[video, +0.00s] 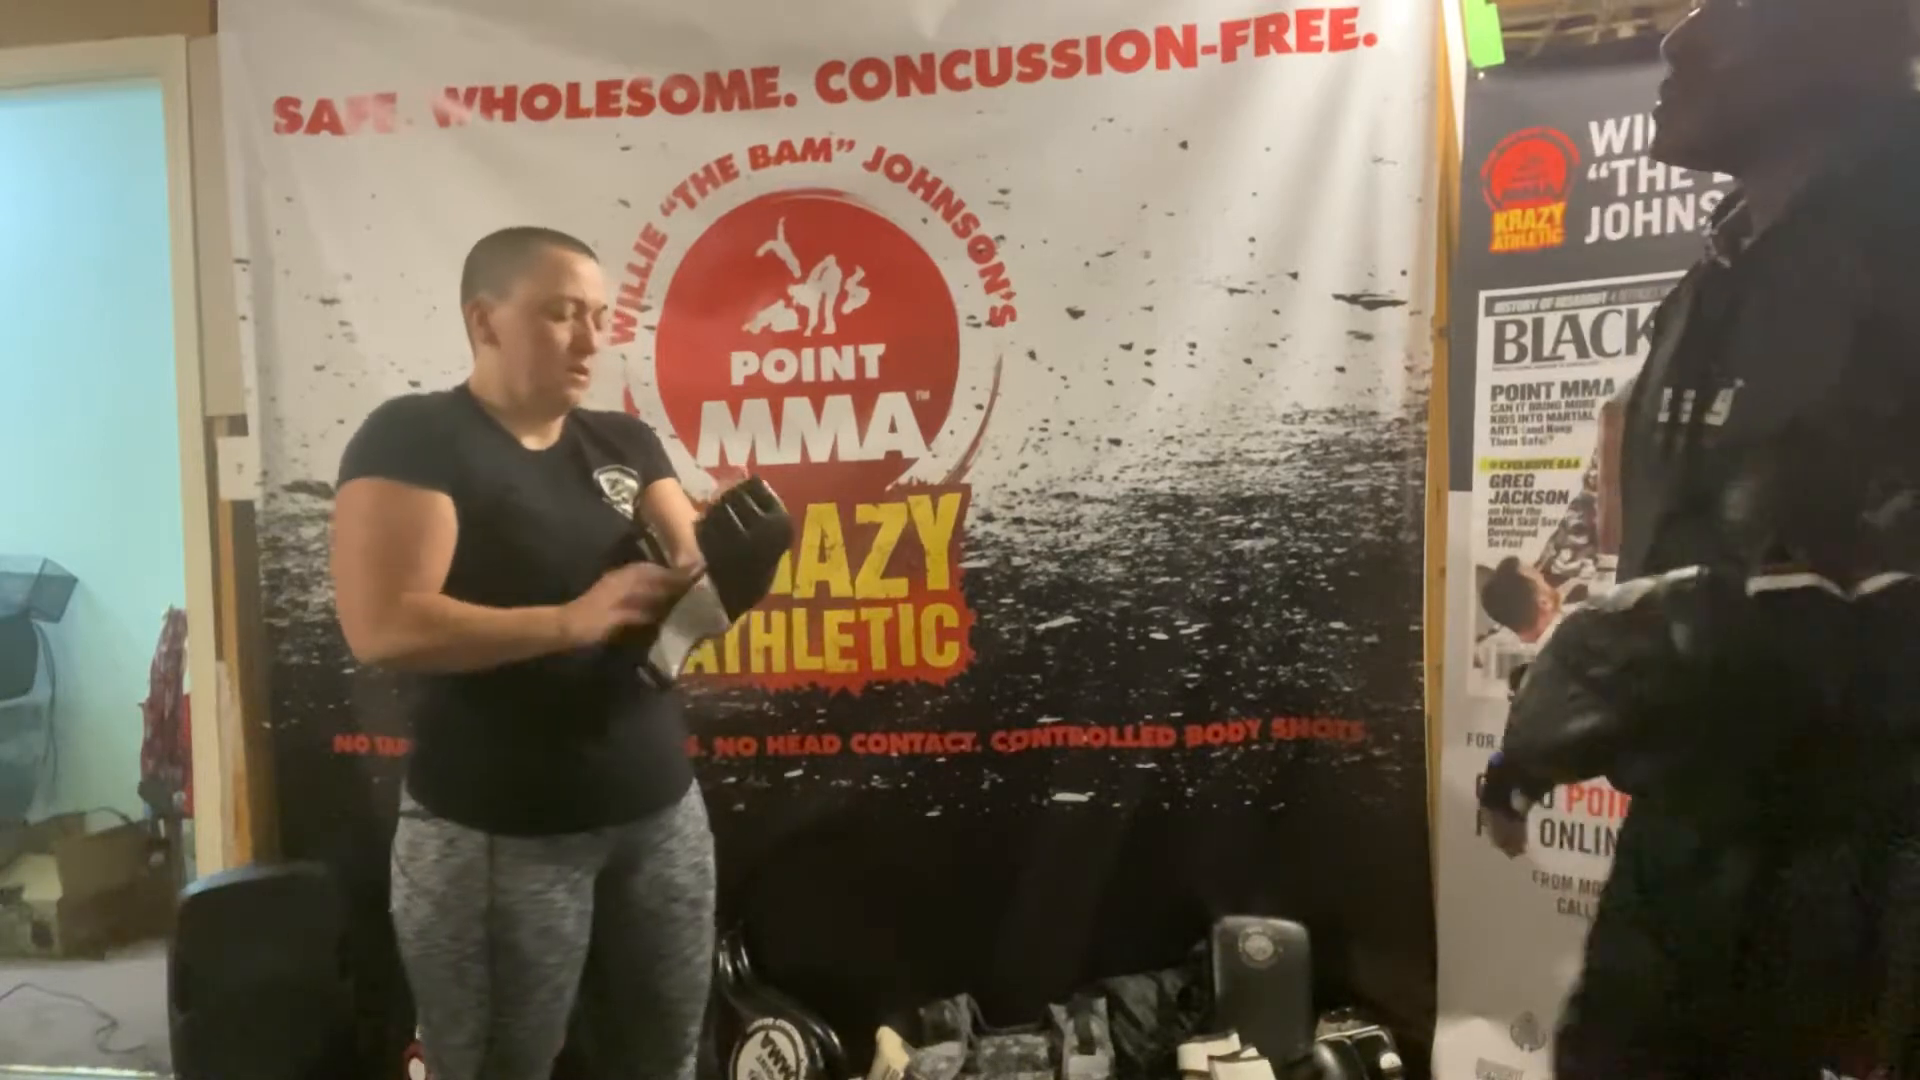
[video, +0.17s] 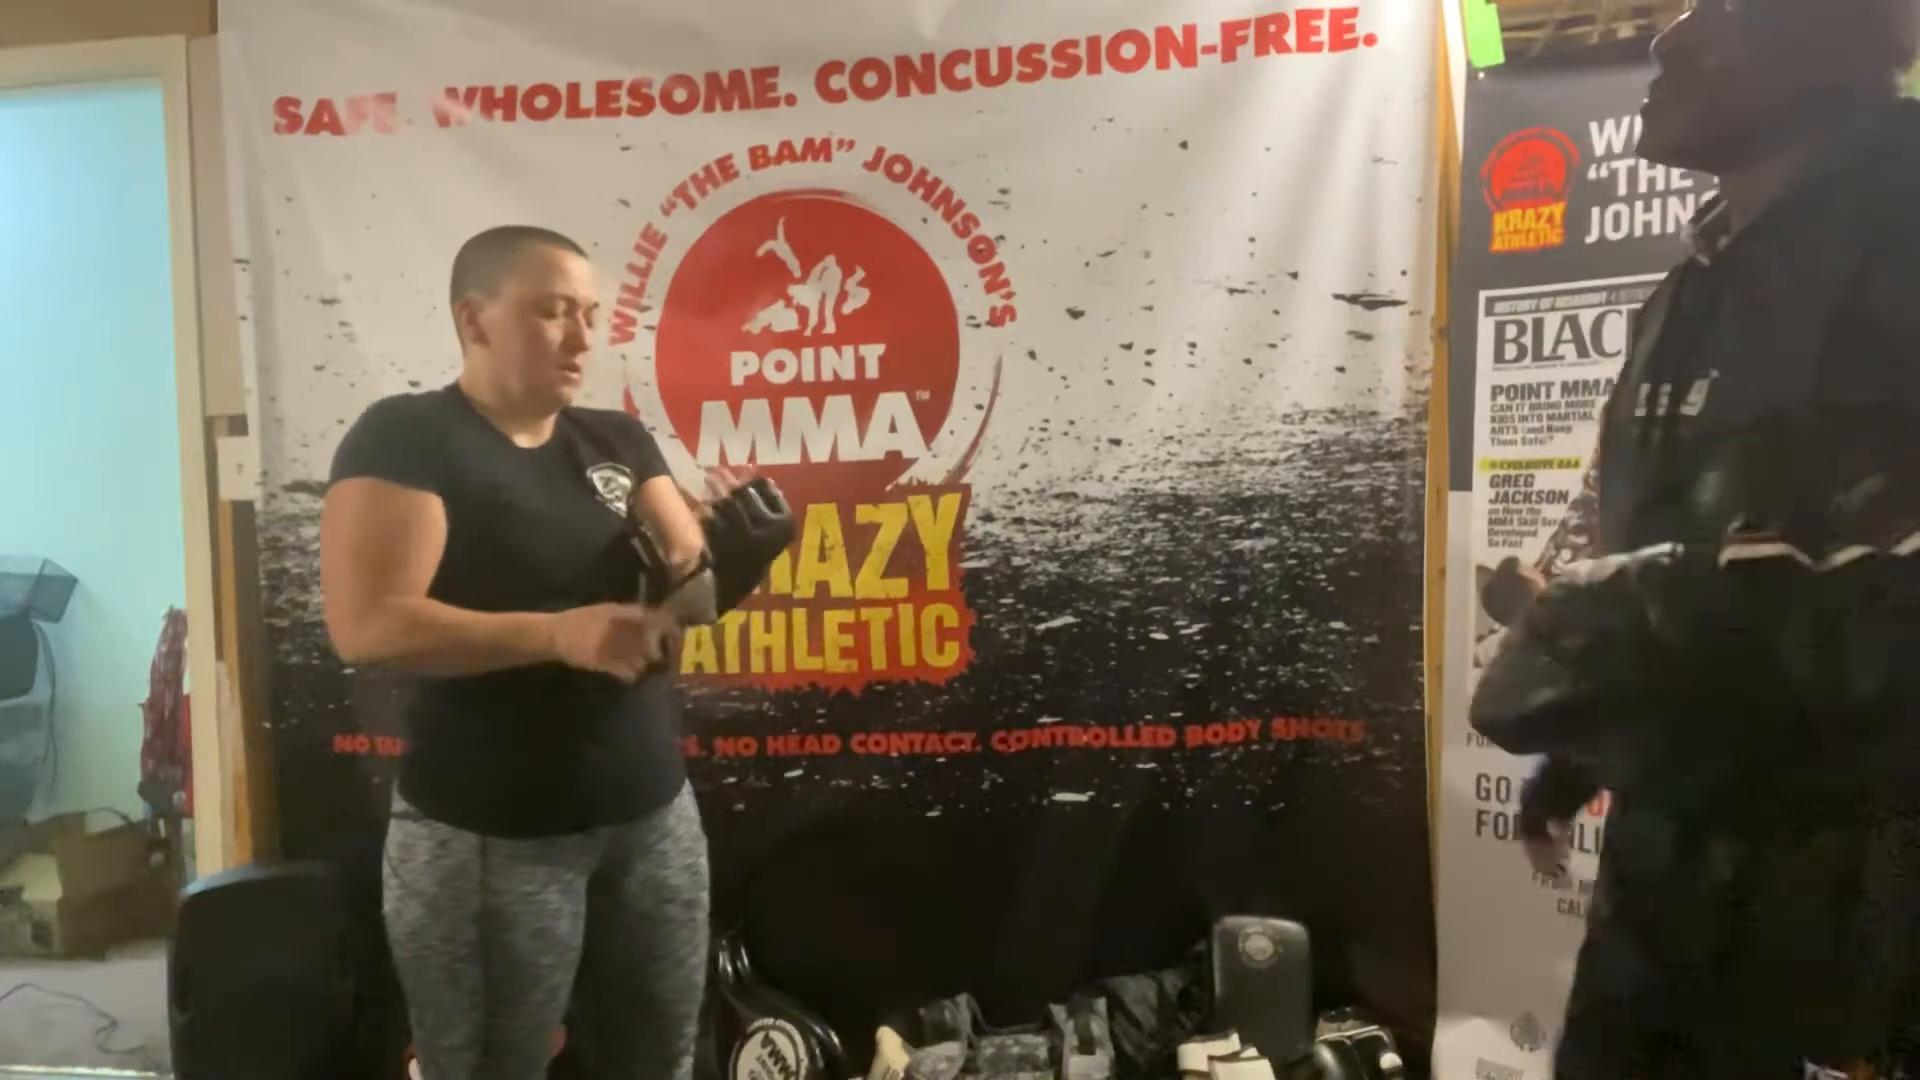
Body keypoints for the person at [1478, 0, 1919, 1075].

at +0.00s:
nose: (1667, 38)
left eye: (1713, 12)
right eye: (1683, 15)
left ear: (1815, 36)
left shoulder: (1893, 217)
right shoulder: (1710, 282)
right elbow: (1667, 568)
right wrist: (1544, 725)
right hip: (1702, 825)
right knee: (1616, 1053)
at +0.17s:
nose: (1661, 36)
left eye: (1708, 11)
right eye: (1675, 14)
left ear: (1817, 36)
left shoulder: (1893, 221)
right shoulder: (1679, 292)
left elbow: (1898, 601)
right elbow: (1621, 546)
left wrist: (1608, 609)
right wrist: (1578, 750)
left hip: (1851, 850)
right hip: (1674, 847)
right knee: (1609, 1059)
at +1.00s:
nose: (1500, 122)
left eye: (1537, 93)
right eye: (1496, 104)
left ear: (1640, 112)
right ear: (1497, 149)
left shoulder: (1738, 227)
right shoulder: (1508, 334)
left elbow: (1886, 450)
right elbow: (1488, 591)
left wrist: (1591, 569)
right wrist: (1412, 772)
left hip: (1745, 778)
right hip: (1557, 792)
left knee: (1764, 1057)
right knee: (1577, 1052)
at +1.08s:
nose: (1496, 119)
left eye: (1532, 92)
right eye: (1488, 103)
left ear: (1631, 115)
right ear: (1479, 151)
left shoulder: (1734, 233)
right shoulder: (1494, 351)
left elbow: (1887, 432)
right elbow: (1487, 602)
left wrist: (1628, 568)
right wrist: (1418, 789)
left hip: (1750, 773)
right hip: (1559, 793)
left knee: (1769, 1056)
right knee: (1575, 1054)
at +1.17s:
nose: (1505, 132)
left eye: (1534, 103)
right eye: (1490, 112)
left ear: (1621, 121)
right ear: (1473, 150)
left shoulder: (1731, 235)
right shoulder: (1497, 349)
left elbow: (1890, 454)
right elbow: (1490, 600)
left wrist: (1617, 569)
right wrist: (1436, 772)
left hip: (1736, 776)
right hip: (1556, 787)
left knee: (1730, 1048)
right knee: (1568, 1047)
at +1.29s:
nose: (1490, 127)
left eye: (1512, 98)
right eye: (1492, 101)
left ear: (1601, 111)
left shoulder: (1760, 236)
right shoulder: (1503, 340)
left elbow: (1907, 431)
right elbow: (1484, 584)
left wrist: (1668, 579)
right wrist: (1434, 771)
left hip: (1741, 776)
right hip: (1560, 792)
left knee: (1727, 1048)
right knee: (1566, 1046)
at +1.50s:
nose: (1600, 111)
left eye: (1635, 76)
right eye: (1586, 81)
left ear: (1730, 90)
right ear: (1564, 111)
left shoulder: (1853, 250)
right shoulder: (1560, 332)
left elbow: (1882, 572)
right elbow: (1500, 582)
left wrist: (1580, 614)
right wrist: (1411, 748)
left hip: (1794, 841)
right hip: (1580, 844)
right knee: (1584, 1051)